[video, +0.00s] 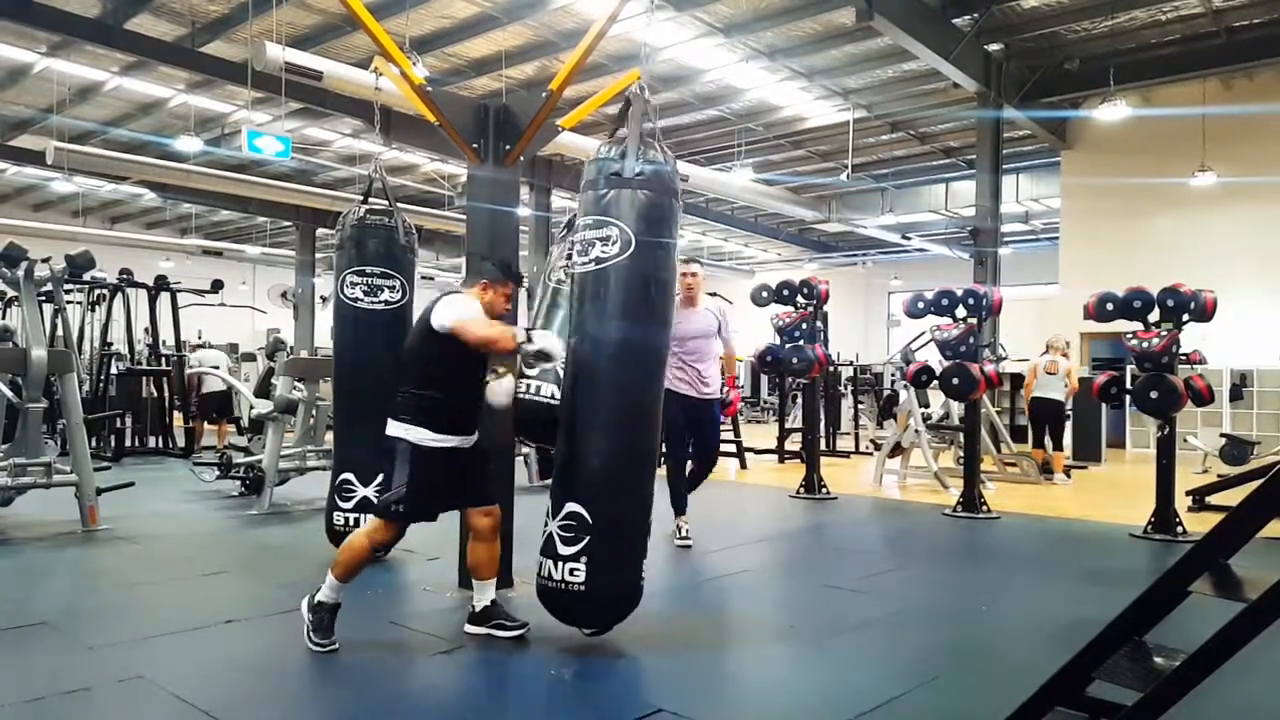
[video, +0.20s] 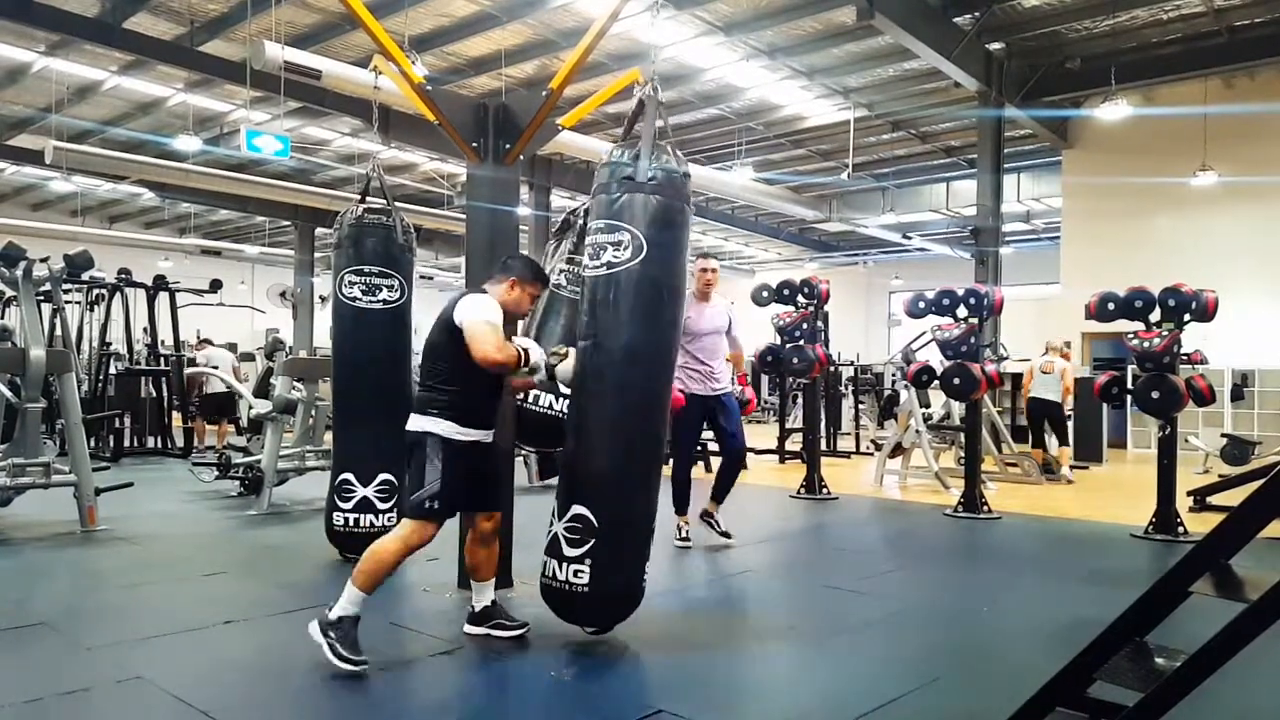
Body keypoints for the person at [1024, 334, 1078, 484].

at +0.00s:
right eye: (1064, 349)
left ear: (1047, 347)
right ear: (1063, 349)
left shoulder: (1036, 362)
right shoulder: (1067, 364)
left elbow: (1028, 383)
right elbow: (1074, 385)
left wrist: (1027, 402)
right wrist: (1066, 397)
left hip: (1037, 400)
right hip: (1056, 401)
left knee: (1037, 438)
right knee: (1057, 440)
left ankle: (1035, 471)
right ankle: (1058, 473)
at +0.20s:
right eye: (1062, 351)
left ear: (1047, 349)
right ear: (1060, 351)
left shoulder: (1034, 363)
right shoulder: (1065, 365)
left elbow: (1025, 383)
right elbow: (1068, 386)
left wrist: (1026, 403)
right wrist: (1063, 401)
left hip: (1034, 399)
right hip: (1053, 401)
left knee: (1036, 438)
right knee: (1063, 438)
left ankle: (1036, 470)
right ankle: (1064, 468)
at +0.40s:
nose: (1067, 357)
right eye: (1066, 355)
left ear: (1049, 352)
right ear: (1062, 354)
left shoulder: (1036, 364)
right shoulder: (1065, 365)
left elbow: (1027, 385)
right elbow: (1068, 387)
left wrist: (1029, 399)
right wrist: (1063, 400)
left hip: (1035, 399)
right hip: (1054, 401)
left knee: (1036, 438)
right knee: (1064, 439)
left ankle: (1036, 471)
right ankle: (1075, 471)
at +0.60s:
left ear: (1052, 356)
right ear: (1068, 358)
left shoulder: (1042, 368)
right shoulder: (1072, 369)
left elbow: (1035, 388)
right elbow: (1075, 389)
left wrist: (1039, 400)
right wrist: (1071, 403)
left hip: (1042, 399)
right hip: (1061, 400)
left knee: (1040, 438)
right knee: (1066, 440)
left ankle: (1036, 471)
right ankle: (1074, 472)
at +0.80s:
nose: (1055, 363)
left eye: (1056, 361)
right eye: (1057, 361)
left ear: (1058, 363)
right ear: (1070, 363)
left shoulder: (1052, 377)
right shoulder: (1078, 378)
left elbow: (1048, 392)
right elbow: (1085, 394)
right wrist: (1080, 407)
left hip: (1053, 400)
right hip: (1072, 401)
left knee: (1045, 439)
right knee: (1073, 440)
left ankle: (1039, 471)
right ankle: (1075, 473)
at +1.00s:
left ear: (1058, 386)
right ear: (1071, 385)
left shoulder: (1055, 390)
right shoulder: (1079, 389)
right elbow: (1090, 398)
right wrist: (1085, 412)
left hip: (1059, 403)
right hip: (1079, 404)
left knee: (1049, 439)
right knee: (1076, 441)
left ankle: (1039, 470)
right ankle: (1075, 473)